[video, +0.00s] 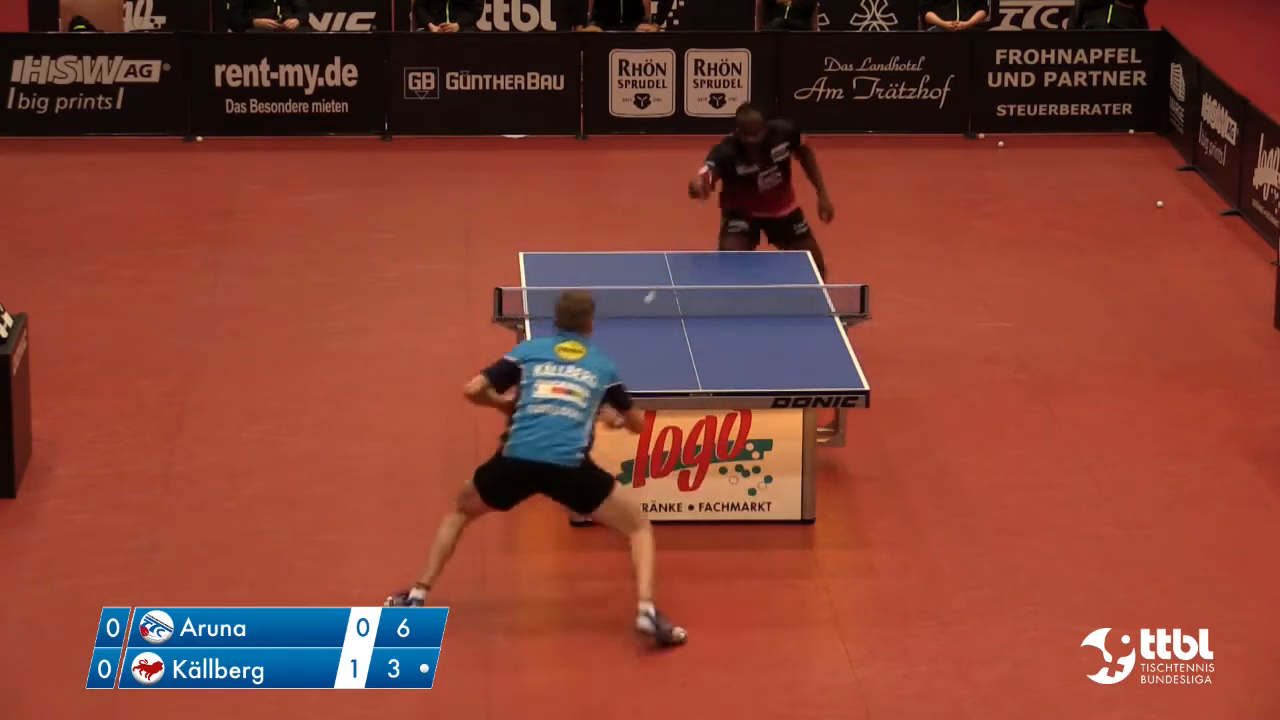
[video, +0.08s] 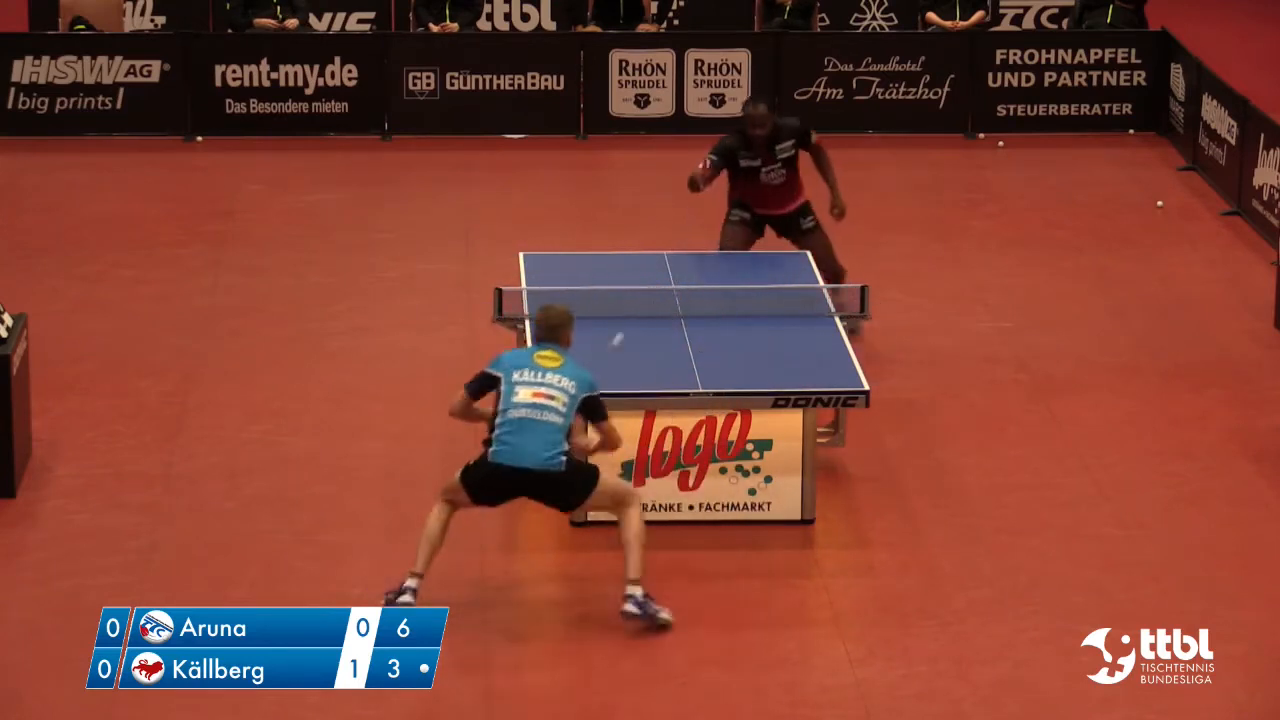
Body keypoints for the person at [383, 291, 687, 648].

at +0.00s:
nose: (588, 323)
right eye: (589, 319)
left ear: (555, 322)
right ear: (589, 326)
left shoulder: (528, 351)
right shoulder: (601, 365)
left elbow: (474, 389)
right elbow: (635, 422)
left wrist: (506, 405)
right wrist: (617, 419)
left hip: (516, 463)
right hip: (567, 468)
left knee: (461, 511)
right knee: (638, 528)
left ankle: (419, 591)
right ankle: (647, 611)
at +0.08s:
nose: (573, 338)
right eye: (572, 333)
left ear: (534, 334)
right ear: (568, 337)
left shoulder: (507, 360)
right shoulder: (580, 376)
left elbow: (458, 409)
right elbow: (611, 440)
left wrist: (492, 416)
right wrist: (587, 448)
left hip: (500, 469)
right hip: (551, 473)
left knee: (447, 501)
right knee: (628, 501)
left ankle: (411, 586)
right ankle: (635, 594)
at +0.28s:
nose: (542, 350)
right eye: (542, 347)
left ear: (506, 352)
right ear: (541, 352)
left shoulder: (488, 382)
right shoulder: (562, 391)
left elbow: (461, 444)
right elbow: (607, 447)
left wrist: (490, 428)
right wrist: (580, 474)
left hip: (493, 495)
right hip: (549, 496)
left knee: (430, 508)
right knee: (632, 488)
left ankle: (406, 597)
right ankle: (620, 585)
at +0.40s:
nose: (501, 352)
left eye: (502, 348)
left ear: (505, 354)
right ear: (540, 348)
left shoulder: (502, 383)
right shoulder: (573, 389)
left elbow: (457, 419)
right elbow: (590, 389)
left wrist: (479, 371)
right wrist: (568, 354)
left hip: (501, 505)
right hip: (558, 509)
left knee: (431, 507)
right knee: (632, 485)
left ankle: (408, 595)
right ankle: (619, 584)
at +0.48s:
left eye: (506, 340)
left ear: (508, 345)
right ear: (542, 340)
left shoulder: (500, 377)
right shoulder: (571, 381)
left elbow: (445, 415)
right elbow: (604, 392)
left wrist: (459, 368)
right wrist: (611, 348)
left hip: (508, 498)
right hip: (566, 501)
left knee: (433, 503)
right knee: (635, 482)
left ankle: (408, 595)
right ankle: (619, 581)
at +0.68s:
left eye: (521, 318)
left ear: (522, 322)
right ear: (559, 322)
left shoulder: (504, 358)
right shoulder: (580, 362)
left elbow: (471, 419)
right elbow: (635, 406)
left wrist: (463, 395)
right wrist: (643, 378)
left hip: (521, 473)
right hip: (576, 473)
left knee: (451, 492)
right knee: (642, 480)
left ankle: (430, 591)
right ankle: (657, 580)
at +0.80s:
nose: (575, 329)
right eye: (577, 323)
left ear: (543, 329)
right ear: (581, 329)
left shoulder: (523, 366)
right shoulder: (599, 374)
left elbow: (475, 417)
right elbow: (656, 414)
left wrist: (477, 388)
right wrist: (657, 387)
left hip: (533, 481)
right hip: (586, 484)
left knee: (467, 503)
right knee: (651, 506)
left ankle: (434, 594)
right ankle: (673, 604)